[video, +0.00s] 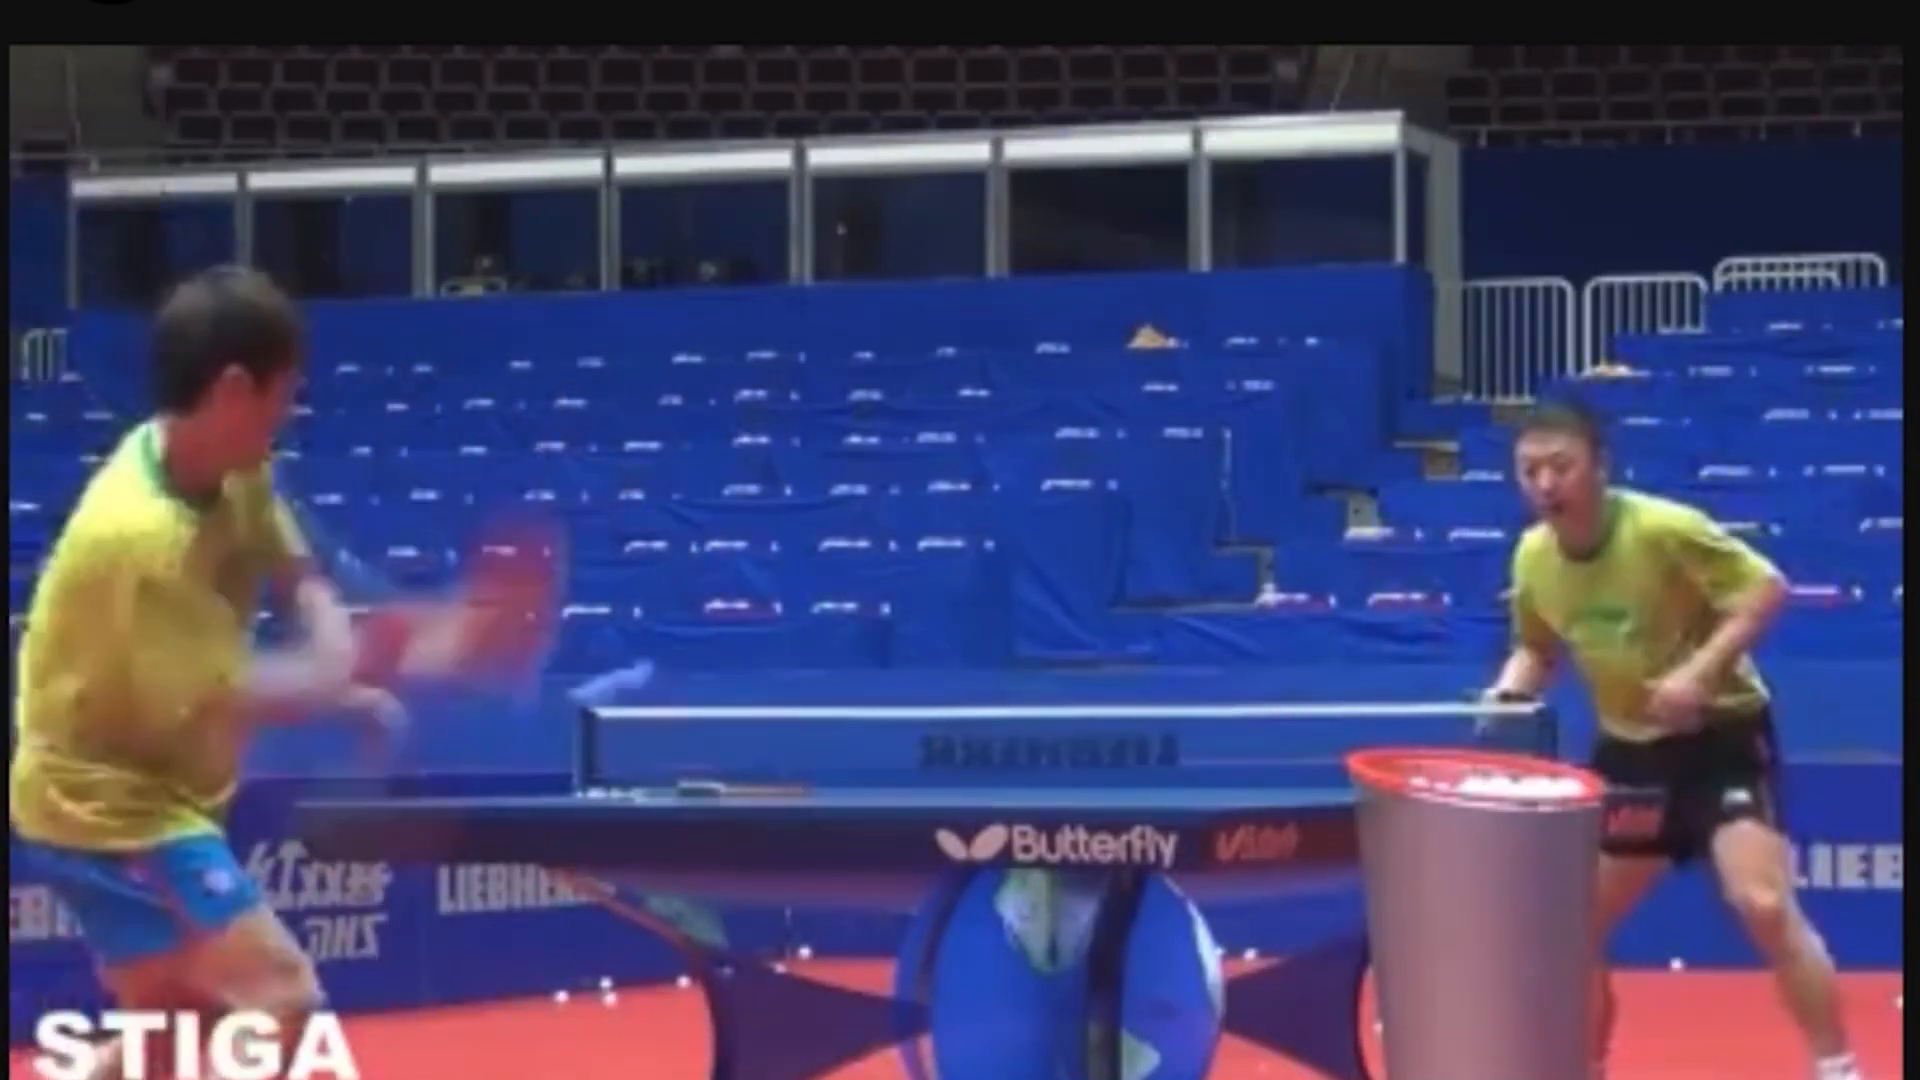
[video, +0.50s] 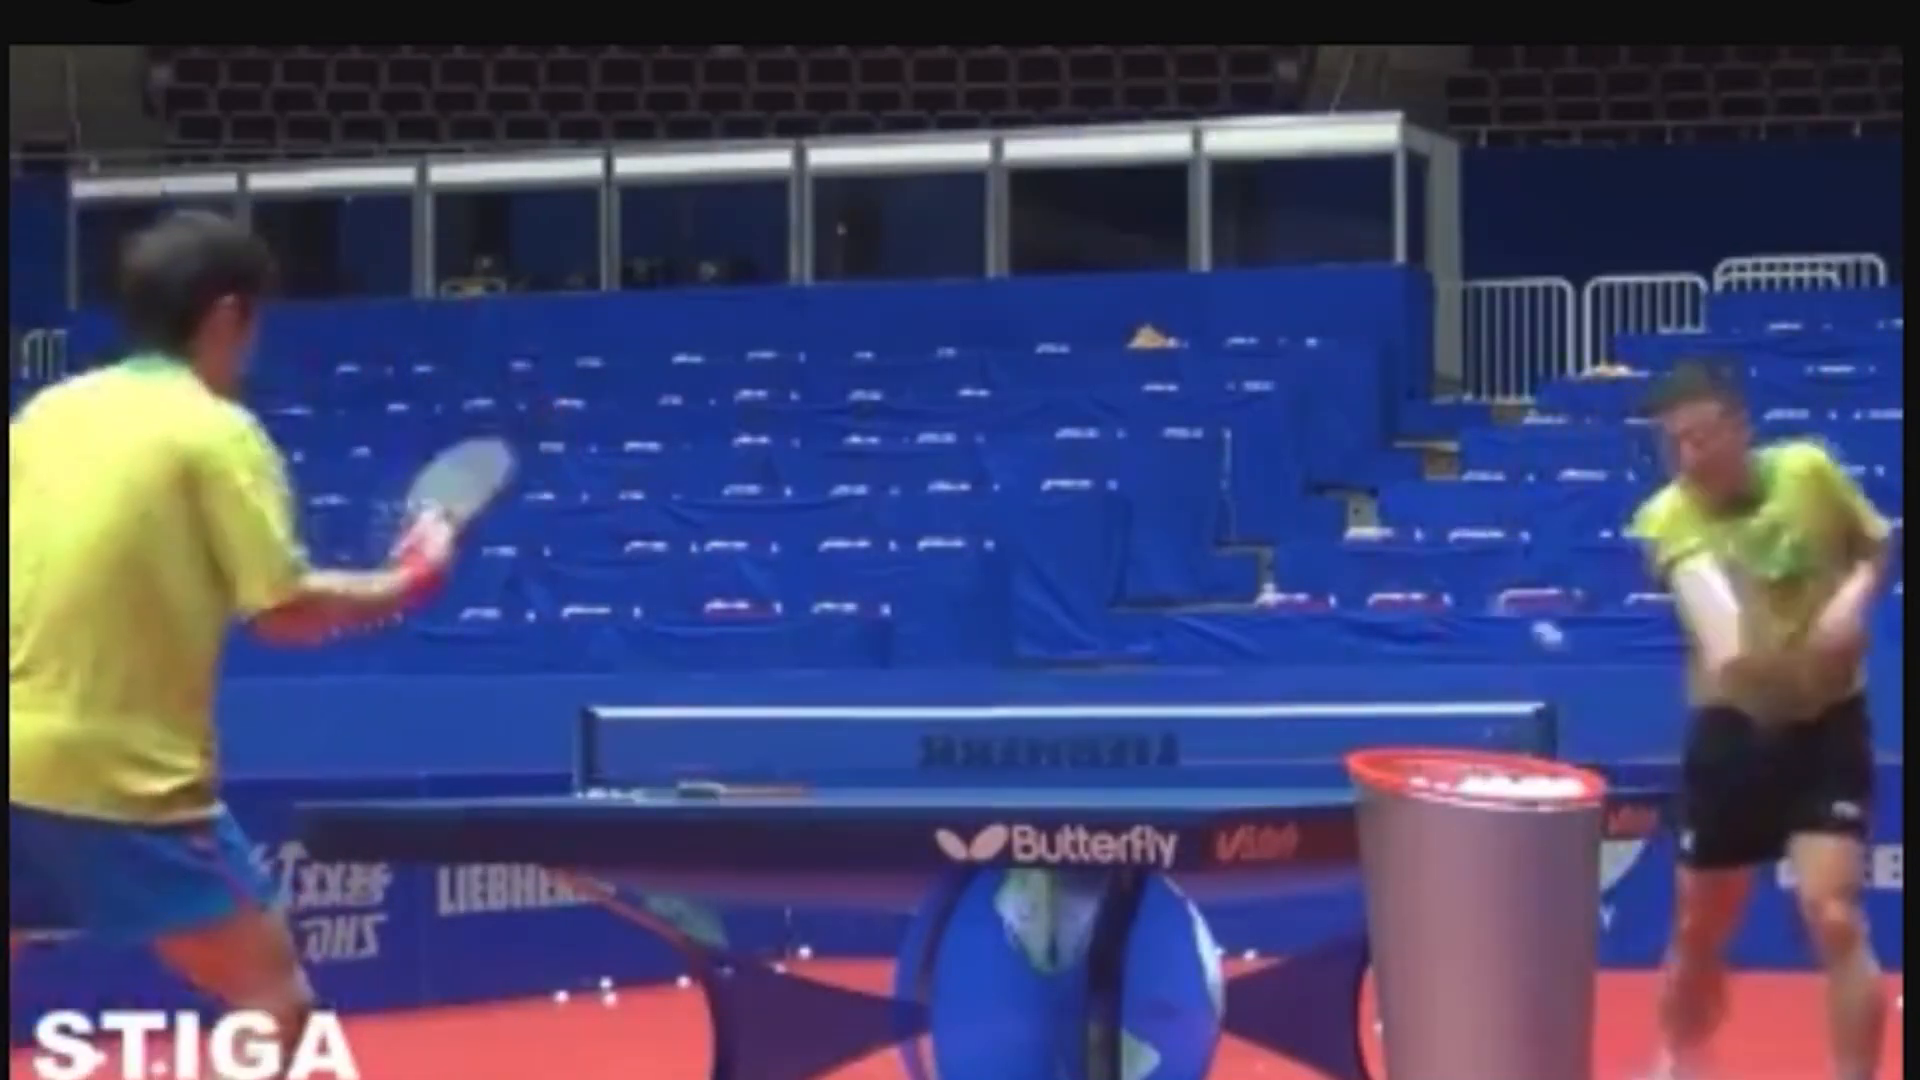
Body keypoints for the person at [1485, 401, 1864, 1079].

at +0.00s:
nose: (1546, 485)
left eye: (1560, 467)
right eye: (1531, 471)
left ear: (1598, 466)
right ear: (1521, 479)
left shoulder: (1662, 530)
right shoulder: (1533, 556)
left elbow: (1765, 587)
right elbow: (1537, 645)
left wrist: (1697, 674)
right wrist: (1517, 681)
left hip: (1721, 735)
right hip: (1629, 749)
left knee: (1764, 906)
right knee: (1572, 924)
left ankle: (1834, 1065)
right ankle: (1583, 1068)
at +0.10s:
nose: (1548, 490)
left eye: (1562, 471)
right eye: (1534, 476)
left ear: (1600, 469)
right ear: (1522, 482)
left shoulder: (1663, 532)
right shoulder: (1545, 555)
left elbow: (1768, 591)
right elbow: (1555, 646)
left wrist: (1692, 673)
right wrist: (1533, 695)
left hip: (1726, 742)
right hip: (1635, 752)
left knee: (1774, 910)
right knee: (1576, 927)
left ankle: (1843, 1066)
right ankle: (1582, 1068)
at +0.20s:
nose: (1572, 505)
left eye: (1585, 486)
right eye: (1557, 491)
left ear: (1620, 481)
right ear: (1543, 496)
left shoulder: (1678, 543)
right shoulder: (1566, 563)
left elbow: (1786, 603)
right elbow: (1587, 653)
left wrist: (1707, 683)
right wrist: (1556, 692)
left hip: (1741, 758)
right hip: (1652, 764)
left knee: (1779, 917)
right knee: (1576, 927)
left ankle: (1838, 1069)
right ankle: (1584, 1069)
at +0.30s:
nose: (1603, 508)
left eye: (1616, 488)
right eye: (1588, 493)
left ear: (1653, 480)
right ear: (1574, 497)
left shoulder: (1719, 539)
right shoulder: (1591, 565)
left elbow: (1829, 597)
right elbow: (1618, 670)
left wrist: (1751, 671)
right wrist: (1575, 671)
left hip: (1766, 767)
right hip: (1675, 770)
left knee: (1782, 920)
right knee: (1595, 926)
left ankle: (1839, 1072)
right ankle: (1594, 1068)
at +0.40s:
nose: (1654, 485)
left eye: (1665, 464)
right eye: (1638, 471)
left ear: (1702, 455)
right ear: (1625, 478)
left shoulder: (1781, 505)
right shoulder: (1627, 546)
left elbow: (1870, 566)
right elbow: (1650, 645)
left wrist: (1812, 637)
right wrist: (1642, 654)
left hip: (1806, 748)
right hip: (1709, 757)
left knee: (1813, 918)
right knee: (1660, 937)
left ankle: (1852, 1071)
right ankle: (1621, 1066)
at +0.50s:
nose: (1693, 456)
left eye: (1705, 436)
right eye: (1679, 441)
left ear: (1742, 425)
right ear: (1668, 444)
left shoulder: (1805, 470)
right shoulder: (1669, 516)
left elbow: (1876, 546)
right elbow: (1700, 586)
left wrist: (1845, 608)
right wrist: (1726, 649)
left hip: (1826, 715)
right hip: (1731, 720)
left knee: (1831, 913)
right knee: (1699, 923)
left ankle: (1857, 1068)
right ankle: (1676, 1062)